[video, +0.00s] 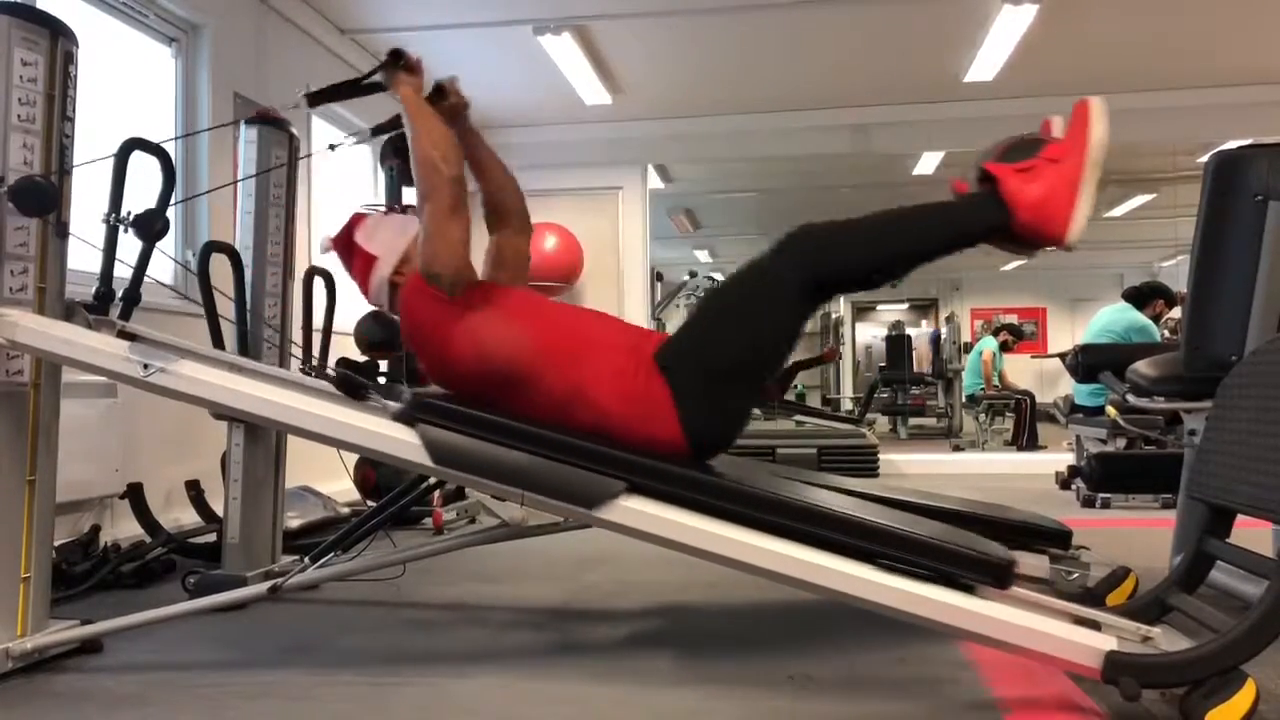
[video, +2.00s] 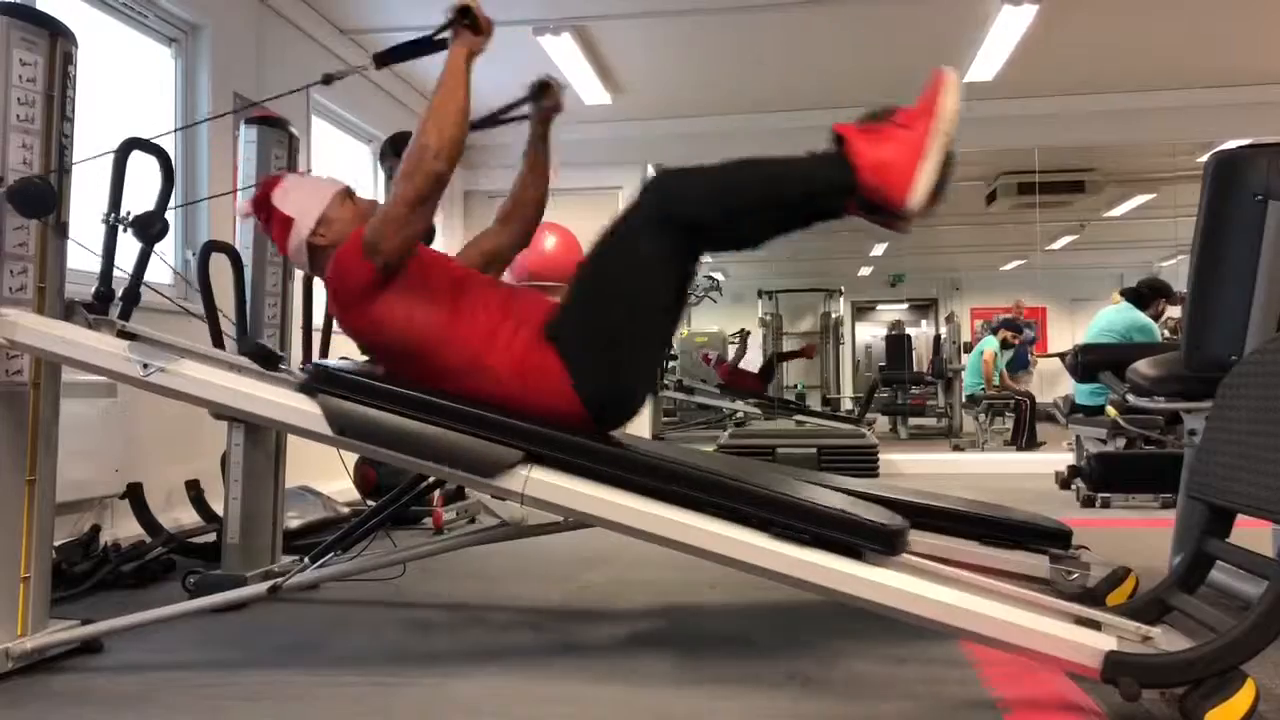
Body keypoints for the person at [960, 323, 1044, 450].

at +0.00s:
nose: (1013, 347)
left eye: (1016, 344)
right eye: (1013, 342)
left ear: (1003, 336)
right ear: (1004, 334)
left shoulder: (997, 352)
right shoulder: (990, 341)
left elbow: (1004, 382)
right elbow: (986, 360)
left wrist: (1020, 391)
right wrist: (989, 389)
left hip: (985, 392)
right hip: (976, 393)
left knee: (1027, 397)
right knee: (1025, 399)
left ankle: (1022, 442)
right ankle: (1026, 445)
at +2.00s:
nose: (1016, 342)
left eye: (1018, 339)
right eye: (1014, 337)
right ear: (1004, 331)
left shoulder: (997, 349)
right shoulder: (991, 341)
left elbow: (1005, 381)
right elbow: (987, 361)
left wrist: (1018, 390)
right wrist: (989, 389)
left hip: (983, 392)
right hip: (976, 393)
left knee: (1027, 398)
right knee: (1026, 400)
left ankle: (1019, 440)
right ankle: (1024, 443)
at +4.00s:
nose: (1016, 343)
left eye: (1017, 339)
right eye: (1016, 338)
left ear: (1008, 337)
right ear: (1010, 337)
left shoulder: (997, 350)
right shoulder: (992, 342)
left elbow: (1004, 382)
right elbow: (988, 360)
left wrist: (1019, 390)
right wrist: (989, 389)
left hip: (983, 392)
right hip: (976, 393)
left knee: (1027, 399)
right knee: (1026, 400)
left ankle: (1019, 442)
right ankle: (1027, 444)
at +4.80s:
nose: (1018, 342)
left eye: (1019, 339)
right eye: (1018, 338)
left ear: (1011, 337)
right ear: (1012, 336)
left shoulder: (999, 349)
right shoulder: (995, 342)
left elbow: (1004, 382)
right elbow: (990, 360)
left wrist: (1020, 390)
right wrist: (989, 389)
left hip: (982, 393)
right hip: (977, 394)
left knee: (1026, 399)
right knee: (1027, 400)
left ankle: (1018, 442)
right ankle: (1026, 444)